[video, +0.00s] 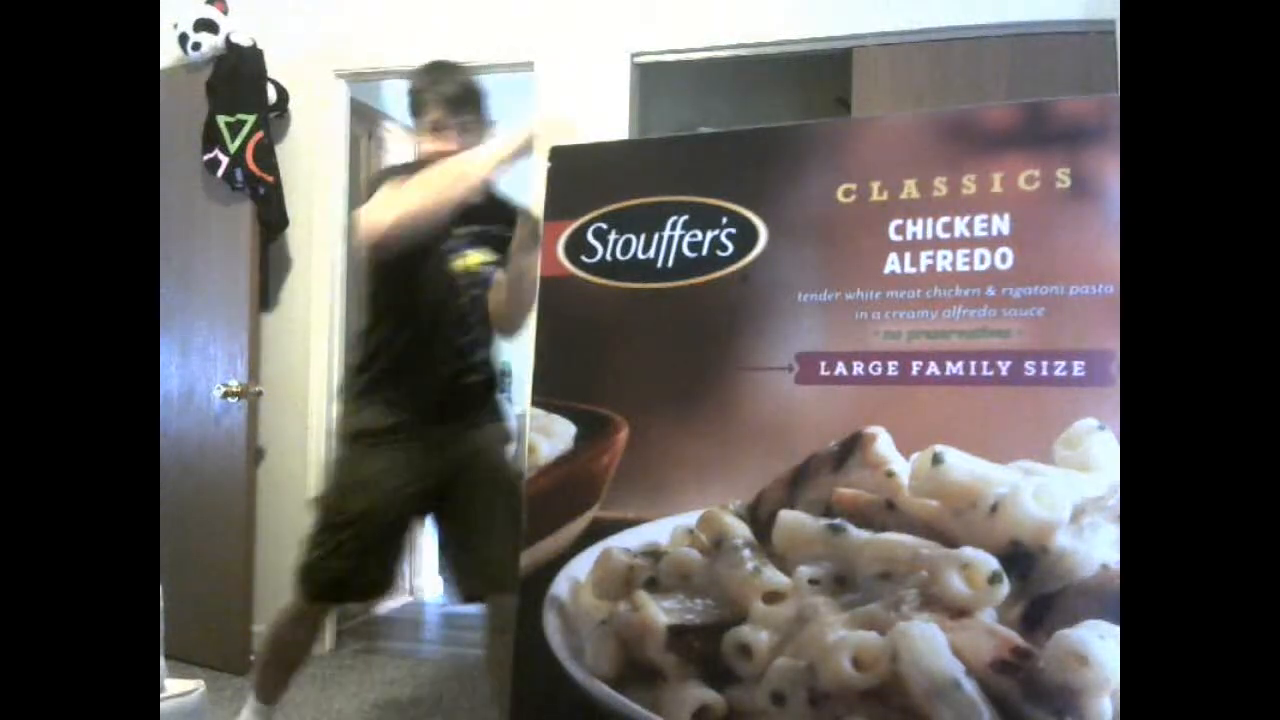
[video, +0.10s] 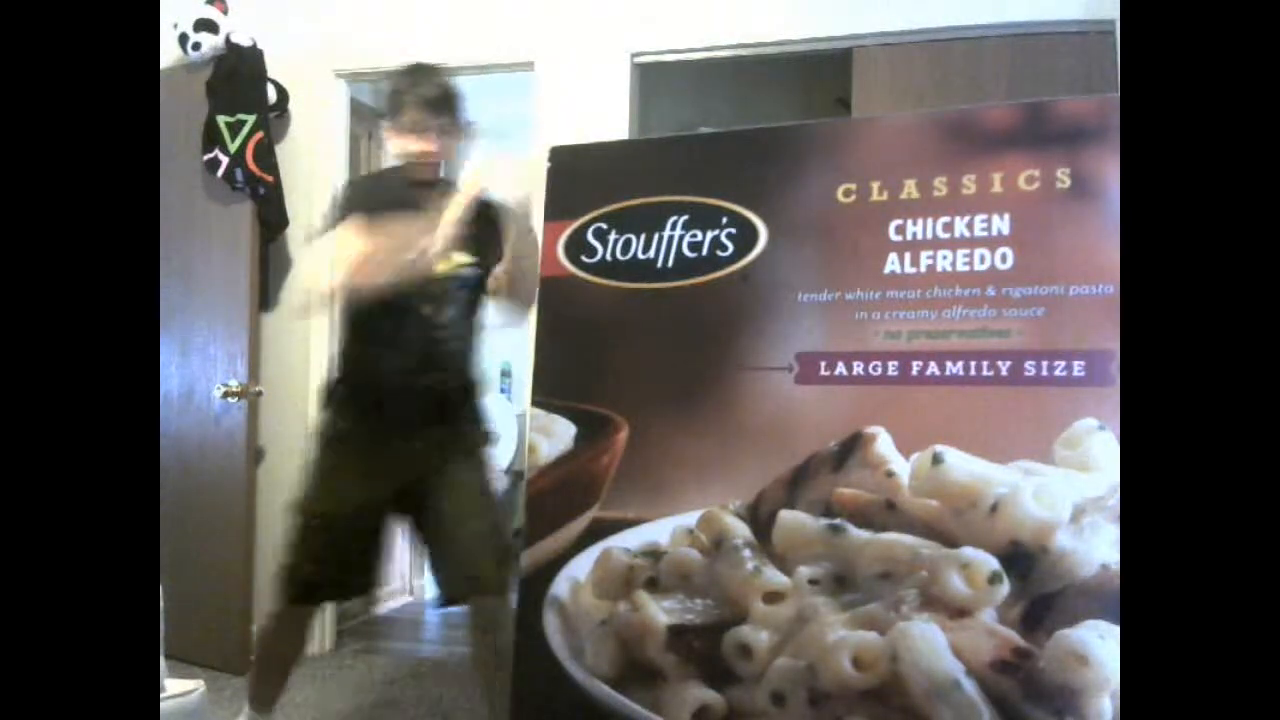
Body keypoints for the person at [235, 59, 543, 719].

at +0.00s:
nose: (446, 144)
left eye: (460, 131)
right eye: (434, 130)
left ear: (484, 133)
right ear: (415, 131)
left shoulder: (503, 219)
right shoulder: (392, 189)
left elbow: (507, 321)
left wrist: (527, 247)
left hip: (472, 428)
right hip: (384, 429)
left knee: (507, 597)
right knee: (318, 594)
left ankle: (515, 716)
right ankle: (256, 710)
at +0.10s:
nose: (425, 145)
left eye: (438, 131)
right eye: (410, 130)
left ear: (460, 136)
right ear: (387, 134)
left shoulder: (479, 215)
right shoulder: (365, 199)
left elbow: (517, 297)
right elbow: (346, 278)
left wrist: (522, 232)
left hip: (448, 425)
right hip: (362, 423)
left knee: (491, 588)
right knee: (302, 590)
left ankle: (506, 714)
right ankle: (257, 713)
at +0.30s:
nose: (326, 138)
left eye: (338, 122)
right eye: (310, 126)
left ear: (368, 122)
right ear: (293, 129)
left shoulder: (399, 171)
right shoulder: (280, 197)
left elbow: (358, 173)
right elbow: (247, 298)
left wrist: (256, 169)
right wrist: (190, 332)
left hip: (391, 419)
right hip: (301, 419)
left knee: (411, 583)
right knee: (262, 577)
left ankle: (453, 714)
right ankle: (251, 714)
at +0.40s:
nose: (312, 143)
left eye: (326, 129)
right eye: (299, 131)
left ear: (355, 133)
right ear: (284, 136)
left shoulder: (381, 193)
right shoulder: (276, 215)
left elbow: (285, 196)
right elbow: (232, 304)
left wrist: (181, 138)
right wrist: (169, 314)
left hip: (386, 424)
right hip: (299, 426)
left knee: (399, 580)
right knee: (260, 583)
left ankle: (454, 715)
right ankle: (251, 714)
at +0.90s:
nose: (385, 159)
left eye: (395, 145)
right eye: (371, 145)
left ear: (407, 148)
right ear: (340, 148)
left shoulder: (429, 218)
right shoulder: (297, 234)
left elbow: (530, 213)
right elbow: (262, 330)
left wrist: (593, 197)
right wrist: (357, 312)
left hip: (413, 441)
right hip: (323, 446)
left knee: (465, 591)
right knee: (273, 606)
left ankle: (496, 714)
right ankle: (254, 715)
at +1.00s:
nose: (424, 136)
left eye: (435, 120)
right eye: (407, 118)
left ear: (449, 128)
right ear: (369, 125)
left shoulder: (470, 207)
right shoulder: (358, 205)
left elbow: (555, 213)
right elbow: (346, 197)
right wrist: (364, 149)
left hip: (462, 421)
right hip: (375, 425)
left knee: (501, 589)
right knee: (315, 597)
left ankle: (512, 713)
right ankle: (261, 710)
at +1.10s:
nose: (448, 117)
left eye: (455, 102)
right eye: (430, 103)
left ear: (466, 111)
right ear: (394, 110)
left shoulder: (486, 193)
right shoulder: (380, 183)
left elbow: (567, 220)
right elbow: (370, 132)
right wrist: (421, 96)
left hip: (483, 417)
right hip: (393, 419)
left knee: (508, 585)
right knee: (339, 597)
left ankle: (515, 714)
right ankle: (274, 704)